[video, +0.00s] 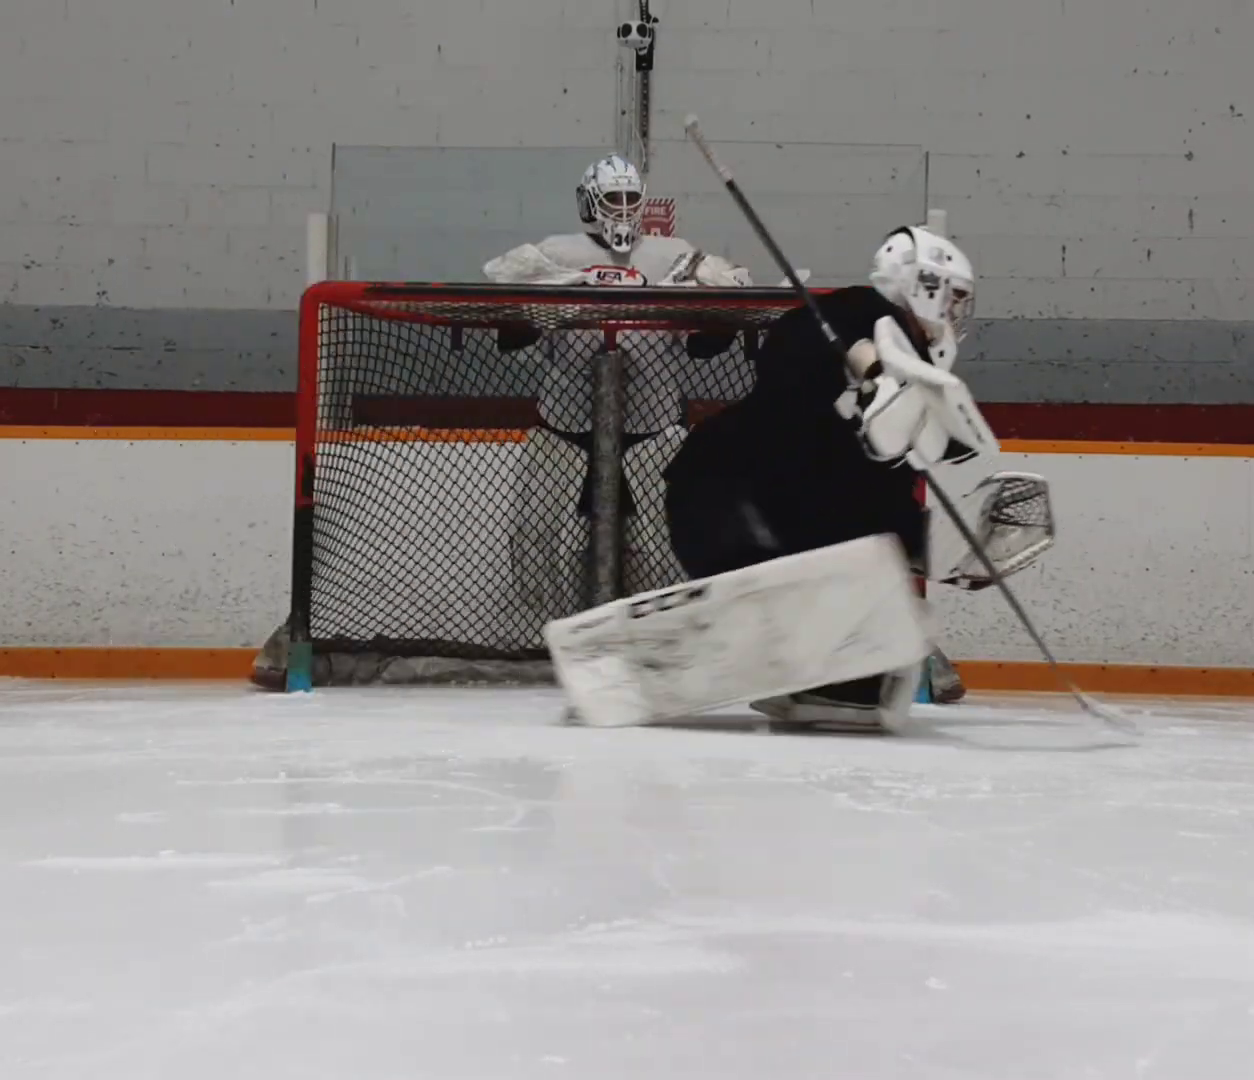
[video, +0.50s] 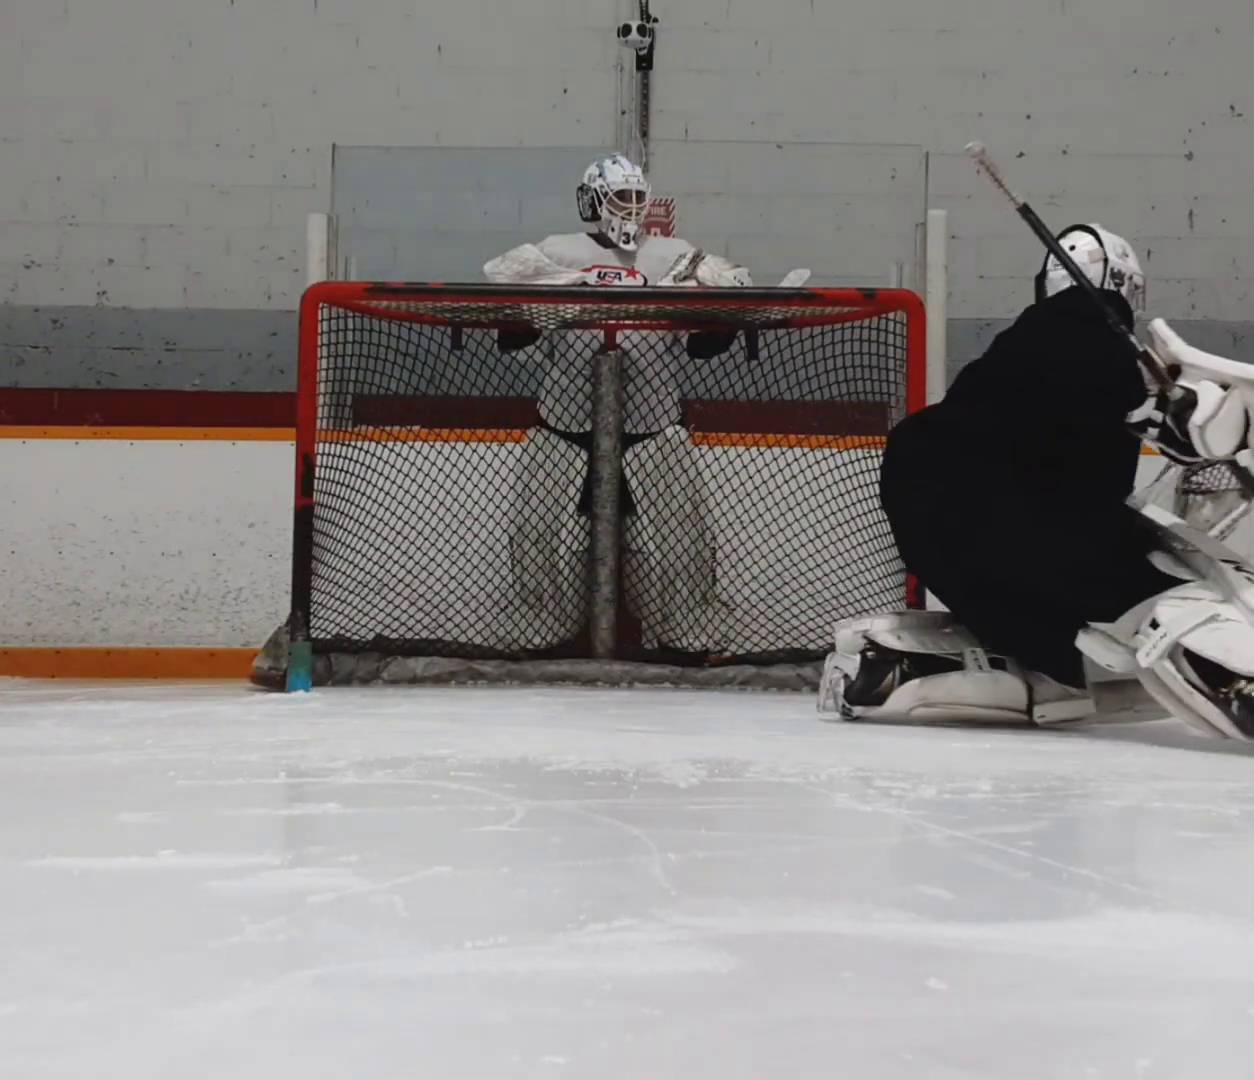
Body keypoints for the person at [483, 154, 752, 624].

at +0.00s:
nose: (623, 209)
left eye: (631, 199)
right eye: (611, 200)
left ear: (643, 203)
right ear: (588, 204)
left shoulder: (673, 258)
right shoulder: (556, 257)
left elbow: (702, 348)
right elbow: (512, 340)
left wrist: (720, 307)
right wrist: (523, 298)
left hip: (651, 439)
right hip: (565, 436)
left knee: (658, 554)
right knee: (546, 549)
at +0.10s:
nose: (625, 210)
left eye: (633, 200)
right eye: (613, 200)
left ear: (644, 203)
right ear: (590, 204)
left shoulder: (674, 260)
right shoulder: (557, 256)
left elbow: (705, 344)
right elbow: (510, 337)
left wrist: (724, 298)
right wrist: (535, 302)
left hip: (652, 432)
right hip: (566, 430)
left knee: (683, 527)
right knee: (537, 527)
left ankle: (675, 638)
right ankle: (550, 636)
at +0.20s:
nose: (627, 210)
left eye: (635, 200)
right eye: (615, 200)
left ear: (646, 203)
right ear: (590, 203)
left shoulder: (675, 260)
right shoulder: (556, 257)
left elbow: (705, 343)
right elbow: (510, 337)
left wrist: (725, 301)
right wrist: (537, 304)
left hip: (652, 432)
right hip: (566, 430)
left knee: (677, 534)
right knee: (539, 531)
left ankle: (677, 639)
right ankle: (548, 638)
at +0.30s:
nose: (628, 209)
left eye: (636, 199)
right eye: (617, 199)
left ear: (647, 203)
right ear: (591, 203)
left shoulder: (674, 260)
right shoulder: (555, 256)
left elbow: (707, 344)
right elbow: (509, 338)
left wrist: (723, 296)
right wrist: (529, 299)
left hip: (652, 434)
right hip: (565, 431)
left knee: (677, 535)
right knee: (537, 532)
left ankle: (680, 640)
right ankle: (546, 640)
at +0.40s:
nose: (628, 209)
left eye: (636, 199)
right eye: (617, 199)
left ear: (646, 203)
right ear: (591, 202)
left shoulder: (675, 259)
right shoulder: (555, 255)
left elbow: (707, 343)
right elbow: (509, 338)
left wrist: (723, 295)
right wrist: (532, 299)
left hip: (652, 437)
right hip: (565, 434)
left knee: (676, 540)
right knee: (540, 537)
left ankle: (679, 642)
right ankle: (543, 642)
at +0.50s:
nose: (629, 209)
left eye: (637, 199)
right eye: (618, 199)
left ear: (647, 203)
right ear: (591, 203)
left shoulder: (675, 260)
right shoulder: (555, 255)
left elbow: (707, 344)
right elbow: (510, 339)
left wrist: (723, 294)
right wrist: (526, 293)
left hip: (652, 437)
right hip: (564, 434)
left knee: (677, 538)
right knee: (538, 536)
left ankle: (680, 641)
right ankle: (544, 640)